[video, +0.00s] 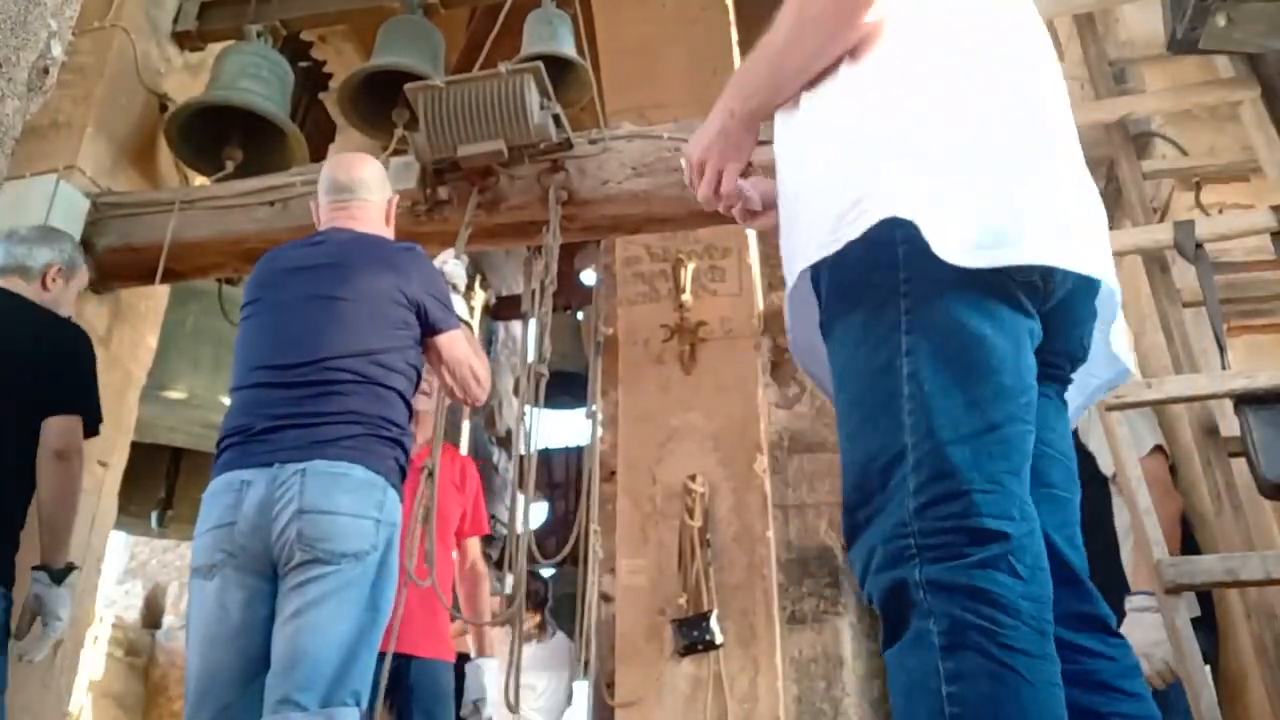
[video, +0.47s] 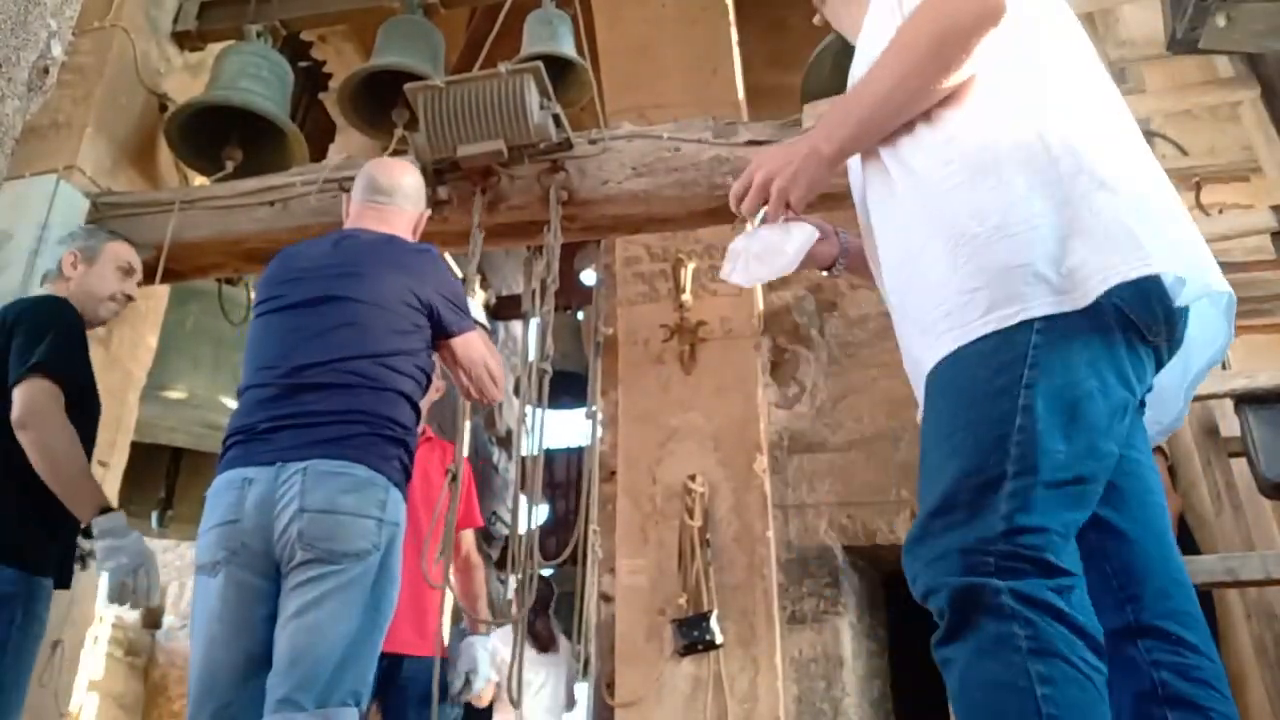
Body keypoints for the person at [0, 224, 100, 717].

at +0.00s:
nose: (74, 309)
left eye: (79, 297)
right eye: (77, 293)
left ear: (9, 269)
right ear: (51, 276)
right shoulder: (56, 337)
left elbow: (61, 448)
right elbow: (60, 448)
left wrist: (53, 571)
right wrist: (54, 572)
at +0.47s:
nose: (131, 291)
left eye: (136, 283)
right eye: (123, 271)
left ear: (71, 269)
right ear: (73, 264)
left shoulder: (27, 317)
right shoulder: (51, 315)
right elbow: (34, 414)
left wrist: (88, 531)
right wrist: (107, 522)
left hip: (19, 566)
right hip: (16, 566)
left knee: (8, 702)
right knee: (5, 703)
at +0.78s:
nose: (173, 301)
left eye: (177, 293)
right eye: (163, 282)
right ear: (114, 274)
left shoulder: (94, 344)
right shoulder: (75, 315)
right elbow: (27, 392)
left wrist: (115, 566)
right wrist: (100, 509)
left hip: (27, 571)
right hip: (14, 567)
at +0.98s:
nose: (164, 291)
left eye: (169, 285)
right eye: (153, 273)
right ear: (103, 269)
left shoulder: (91, 353)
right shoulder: (51, 315)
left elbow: (57, 482)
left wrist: (87, 578)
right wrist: (27, 494)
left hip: (26, 579)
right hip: (7, 572)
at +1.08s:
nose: (148, 286)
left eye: (153, 279)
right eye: (137, 267)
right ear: (86, 267)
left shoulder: (85, 367)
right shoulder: (30, 315)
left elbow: (56, 491)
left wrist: (96, 578)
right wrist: (9, 461)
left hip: (22, 577)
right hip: (6, 569)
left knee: (2, 701)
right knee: (1, 700)